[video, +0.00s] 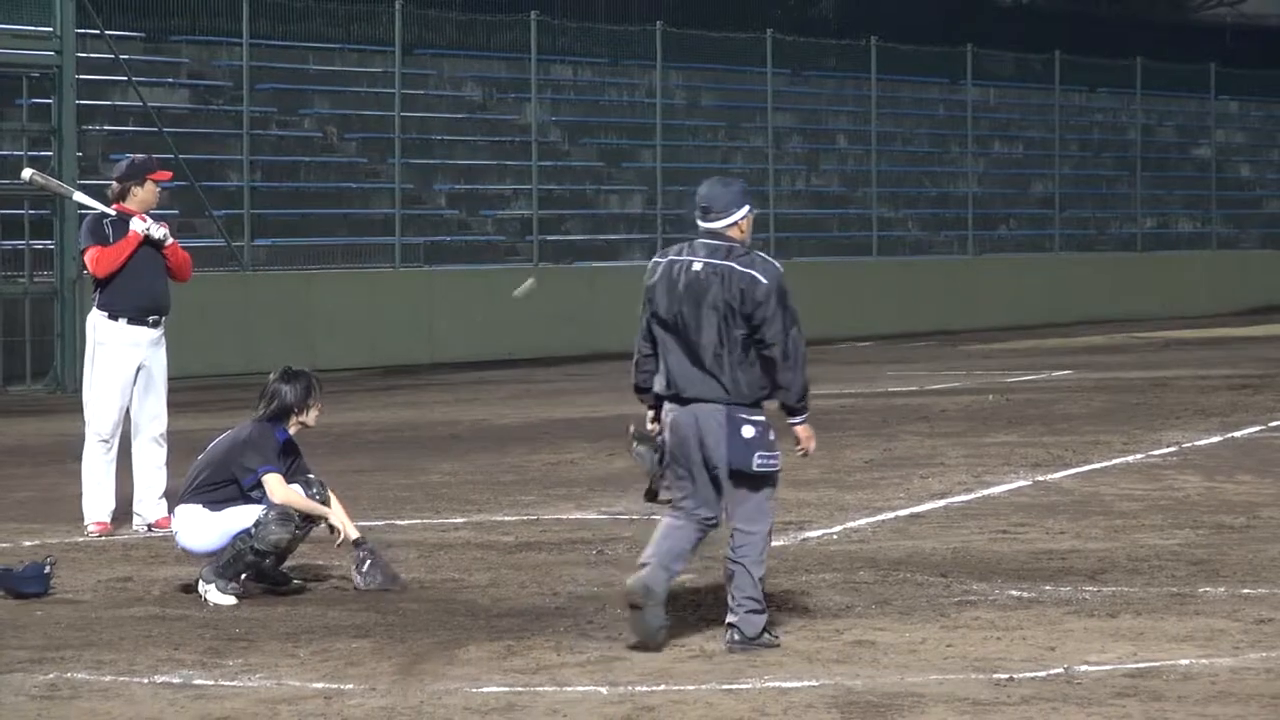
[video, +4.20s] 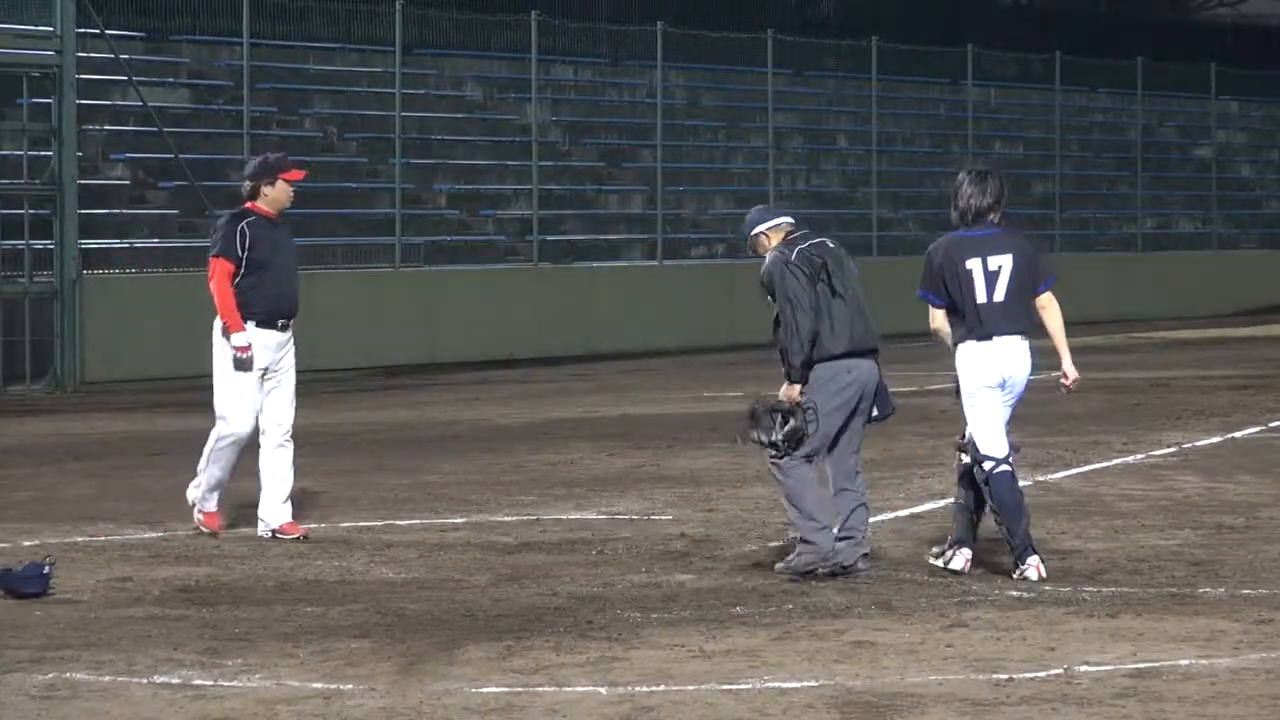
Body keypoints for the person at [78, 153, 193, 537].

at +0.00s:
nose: (159, 191)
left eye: (158, 185)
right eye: (153, 184)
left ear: (137, 188)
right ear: (132, 187)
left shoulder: (155, 227)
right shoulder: (99, 221)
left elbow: (184, 272)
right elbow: (99, 266)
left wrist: (166, 241)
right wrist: (136, 235)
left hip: (153, 335)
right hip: (113, 333)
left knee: (152, 428)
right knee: (103, 429)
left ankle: (151, 512)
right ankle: (98, 517)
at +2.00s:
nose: (164, 192)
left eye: (165, 186)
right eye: (157, 186)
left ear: (158, 190)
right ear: (132, 187)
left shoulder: (165, 228)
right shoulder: (109, 222)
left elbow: (194, 275)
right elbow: (106, 267)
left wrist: (176, 245)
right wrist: (146, 238)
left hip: (163, 336)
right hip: (121, 334)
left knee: (156, 428)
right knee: (107, 428)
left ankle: (151, 512)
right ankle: (98, 515)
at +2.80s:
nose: (198, 191)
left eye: (198, 185)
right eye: (192, 185)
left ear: (180, 188)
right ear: (169, 187)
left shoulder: (188, 230)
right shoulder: (140, 220)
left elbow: (210, 283)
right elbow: (126, 269)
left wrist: (209, 265)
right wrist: (178, 253)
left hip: (178, 334)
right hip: (143, 328)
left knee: (168, 424)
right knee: (150, 418)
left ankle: (157, 509)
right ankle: (140, 511)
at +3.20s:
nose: (211, 188)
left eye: (210, 182)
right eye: (204, 183)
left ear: (191, 188)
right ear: (182, 187)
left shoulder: (205, 231)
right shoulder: (157, 225)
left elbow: (216, 276)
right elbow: (136, 277)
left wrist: (233, 311)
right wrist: (174, 311)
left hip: (197, 331)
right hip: (160, 330)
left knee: (180, 425)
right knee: (170, 424)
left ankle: (149, 509)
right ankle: (180, 514)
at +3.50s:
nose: (222, 188)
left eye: (221, 182)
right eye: (216, 182)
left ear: (203, 186)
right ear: (193, 186)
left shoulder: (215, 227)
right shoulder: (167, 225)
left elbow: (219, 276)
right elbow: (153, 281)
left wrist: (228, 316)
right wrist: (176, 325)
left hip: (215, 337)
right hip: (178, 336)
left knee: (221, 421)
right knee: (175, 427)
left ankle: (192, 502)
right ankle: (178, 514)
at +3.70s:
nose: (236, 191)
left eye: (236, 185)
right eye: (231, 185)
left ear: (217, 187)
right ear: (210, 186)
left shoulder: (221, 229)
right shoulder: (182, 227)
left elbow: (222, 283)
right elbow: (168, 286)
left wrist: (239, 325)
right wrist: (179, 343)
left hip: (230, 337)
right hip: (193, 338)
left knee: (241, 427)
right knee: (182, 431)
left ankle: (244, 513)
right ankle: (181, 516)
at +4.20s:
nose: (293, 191)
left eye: (293, 185)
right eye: (287, 184)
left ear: (274, 187)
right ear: (265, 186)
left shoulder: (279, 229)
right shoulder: (236, 224)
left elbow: (275, 279)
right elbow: (219, 278)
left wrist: (283, 326)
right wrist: (237, 334)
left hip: (281, 339)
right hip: (243, 337)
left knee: (278, 432)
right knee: (237, 424)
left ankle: (275, 518)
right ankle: (204, 496)